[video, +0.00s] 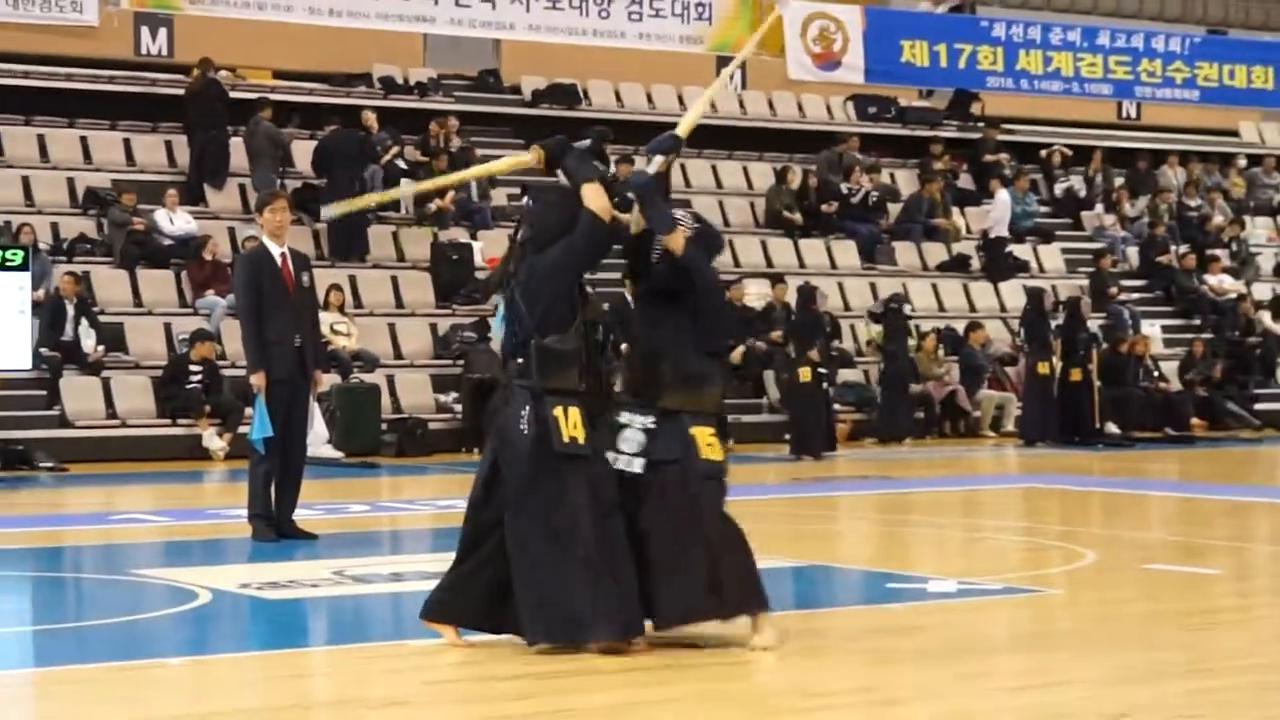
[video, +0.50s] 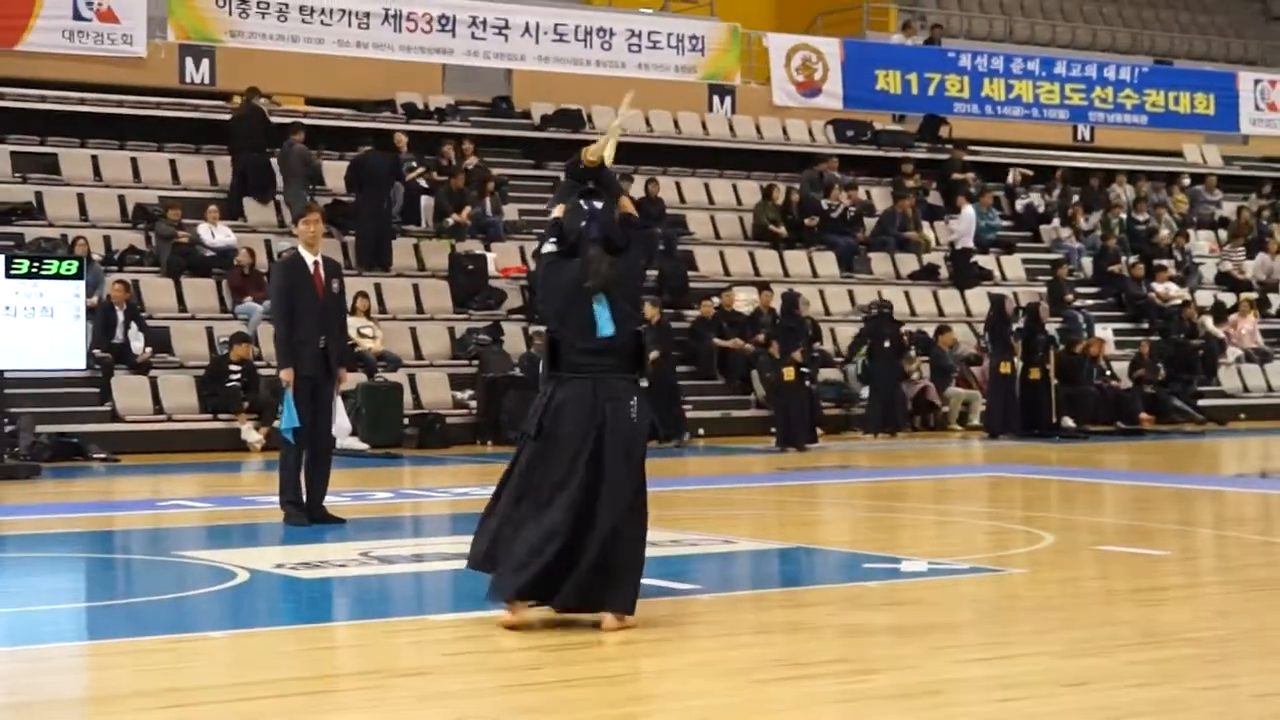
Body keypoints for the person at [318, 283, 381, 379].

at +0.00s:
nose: (338, 297)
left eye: (340, 295)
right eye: (335, 294)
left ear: (343, 298)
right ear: (328, 296)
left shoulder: (347, 316)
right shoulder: (321, 315)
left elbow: (354, 332)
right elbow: (324, 334)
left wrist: (351, 345)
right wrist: (340, 344)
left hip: (349, 346)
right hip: (333, 346)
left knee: (373, 359)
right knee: (345, 361)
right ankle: (350, 389)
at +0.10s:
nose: (343, 298)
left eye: (345, 295)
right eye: (340, 295)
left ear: (348, 298)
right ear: (333, 297)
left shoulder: (351, 316)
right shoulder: (326, 316)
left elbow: (359, 332)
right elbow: (328, 334)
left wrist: (355, 344)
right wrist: (343, 344)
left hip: (354, 346)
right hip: (338, 347)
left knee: (377, 359)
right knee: (350, 361)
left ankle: (366, 384)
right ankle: (354, 389)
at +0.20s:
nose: (348, 299)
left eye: (351, 296)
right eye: (345, 296)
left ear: (354, 299)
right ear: (339, 298)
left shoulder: (357, 316)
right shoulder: (332, 316)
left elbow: (365, 331)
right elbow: (334, 334)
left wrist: (361, 344)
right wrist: (350, 344)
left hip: (360, 346)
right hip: (344, 346)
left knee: (383, 358)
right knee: (356, 361)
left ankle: (371, 383)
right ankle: (359, 386)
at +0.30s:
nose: (357, 300)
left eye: (359, 298)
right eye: (354, 297)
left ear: (362, 301)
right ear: (348, 300)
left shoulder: (366, 319)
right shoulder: (341, 317)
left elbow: (373, 333)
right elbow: (343, 335)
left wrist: (370, 345)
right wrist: (358, 345)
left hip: (369, 346)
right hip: (353, 347)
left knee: (390, 359)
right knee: (365, 361)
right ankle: (366, 387)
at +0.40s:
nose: (363, 303)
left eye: (365, 300)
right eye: (360, 300)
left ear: (368, 303)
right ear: (354, 302)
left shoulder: (371, 320)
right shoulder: (347, 319)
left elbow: (379, 334)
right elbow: (349, 336)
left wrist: (375, 346)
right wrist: (364, 345)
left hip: (374, 347)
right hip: (359, 347)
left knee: (395, 359)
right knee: (370, 362)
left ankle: (385, 383)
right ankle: (371, 385)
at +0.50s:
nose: (364, 304)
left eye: (366, 301)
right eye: (361, 301)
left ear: (369, 304)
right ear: (355, 302)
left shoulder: (372, 320)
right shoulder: (349, 319)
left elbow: (379, 334)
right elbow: (350, 337)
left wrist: (376, 346)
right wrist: (366, 347)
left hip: (375, 348)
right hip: (361, 348)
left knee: (396, 361)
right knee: (371, 362)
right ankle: (372, 385)